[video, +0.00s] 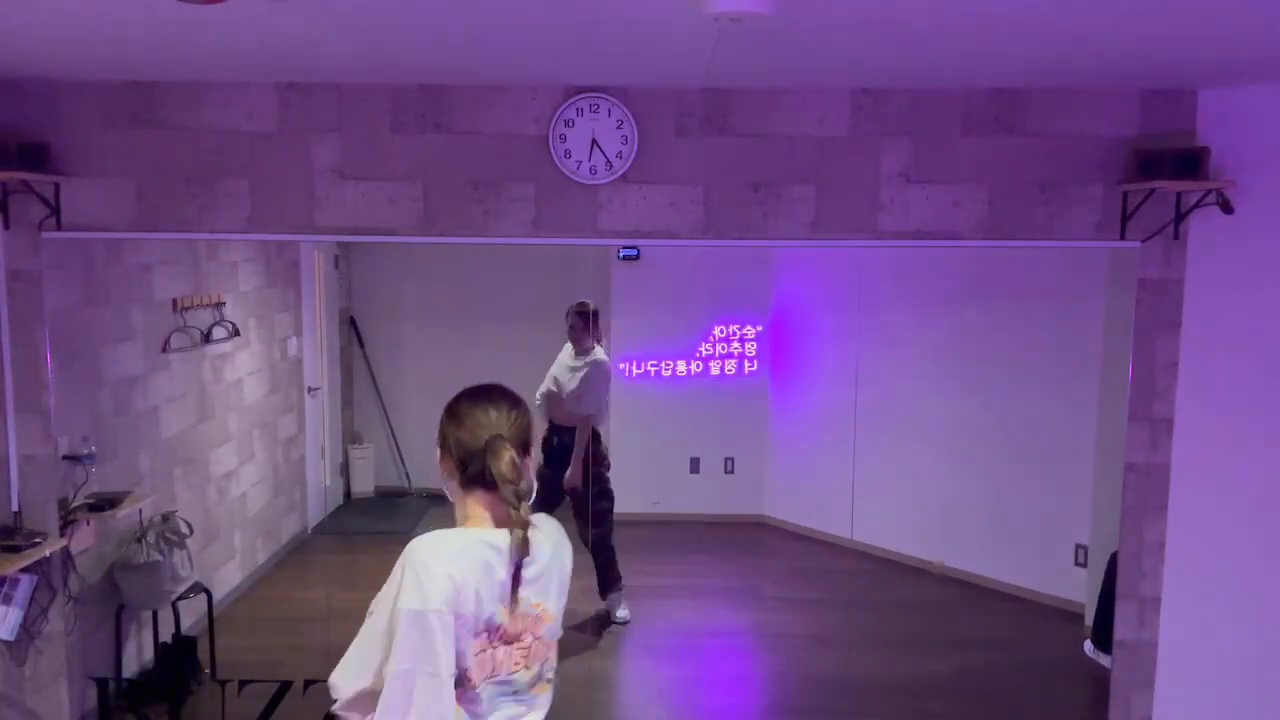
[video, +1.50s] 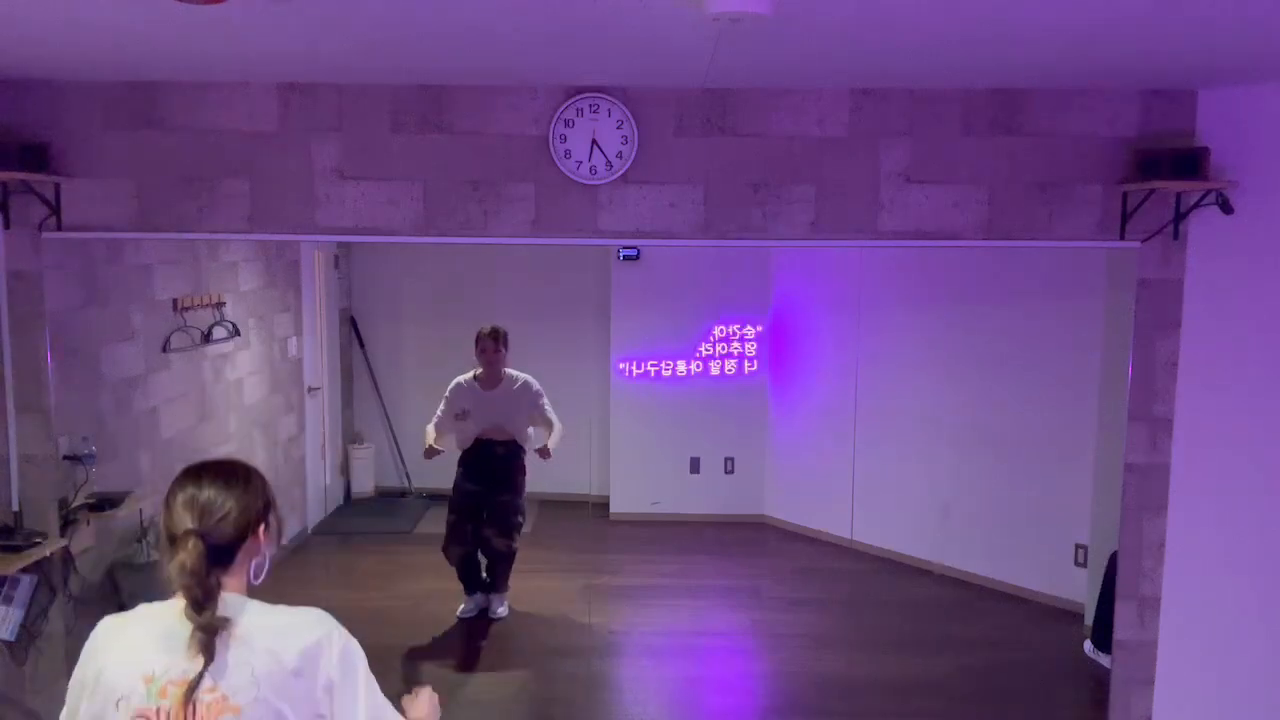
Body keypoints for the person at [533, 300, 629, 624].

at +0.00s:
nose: (572, 333)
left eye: (578, 328)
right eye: (570, 328)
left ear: (593, 329)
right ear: (567, 327)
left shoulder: (598, 365)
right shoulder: (568, 352)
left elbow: (587, 418)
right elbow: (554, 398)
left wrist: (576, 464)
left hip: (584, 447)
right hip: (555, 442)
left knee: (595, 526)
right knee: (537, 517)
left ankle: (614, 597)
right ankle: (519, 592)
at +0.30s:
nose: (541, 381)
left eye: (547, 375)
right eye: (539, 374)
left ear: (564, 376)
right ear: (537, 373)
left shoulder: (575, 410)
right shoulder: (537, 393)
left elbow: (557, 462)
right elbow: (529, 436)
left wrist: (516, 491)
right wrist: (510, 459)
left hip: (569, 490)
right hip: (537, 485)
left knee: (584, 557)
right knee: (473, 529)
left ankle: (613, 600)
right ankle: (474, 594)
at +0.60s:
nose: (533, 414)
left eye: (538, 410)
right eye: (533, 409)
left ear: (556, 413)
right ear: (532, 407)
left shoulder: (570, 436)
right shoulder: (526, 420)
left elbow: (559, 469)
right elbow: (503, 425)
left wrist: (513, 463)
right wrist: (476, 429)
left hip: (562, 513)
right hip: (526, 505)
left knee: (590, 567)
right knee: (456, 533)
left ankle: (612, 600)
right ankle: (474, 593)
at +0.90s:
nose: (519, 363)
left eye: (525, 358)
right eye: (516, 356)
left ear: (535, 357)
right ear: (508, 350)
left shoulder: (543, 367)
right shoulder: (492, 360)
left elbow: (576, 374)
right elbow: (446, 350)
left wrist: (544, 399)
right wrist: (458, 387)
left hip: (532, 460)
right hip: (497, 458)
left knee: (560, 530)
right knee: (453, 532)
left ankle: (600, 595)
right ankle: (472, 591)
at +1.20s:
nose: (497, 319)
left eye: (503, 313)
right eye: (493, 313)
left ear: (515, 316)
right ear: (486, 314)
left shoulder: (531, 350)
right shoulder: (468, 348)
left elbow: (546, 396)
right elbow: (452, 396)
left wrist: (546, 440)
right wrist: (447, 440)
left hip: (516, 435)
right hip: (479, 435)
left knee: (508, 515)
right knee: (476, 513)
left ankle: (500, 591)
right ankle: (475, 590)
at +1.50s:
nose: (488, 356)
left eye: (494, 350)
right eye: (482, 350)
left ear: (505, 353)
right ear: (475, 353)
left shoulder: (525, 386)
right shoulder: (460, 387)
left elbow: (554, 424)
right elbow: (436, 423)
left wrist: (549, 444)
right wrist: (430, 442)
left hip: (508, 462)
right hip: (473, 461)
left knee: (502, 532)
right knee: (457, 536)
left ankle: (498, 594)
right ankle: (474, 593)